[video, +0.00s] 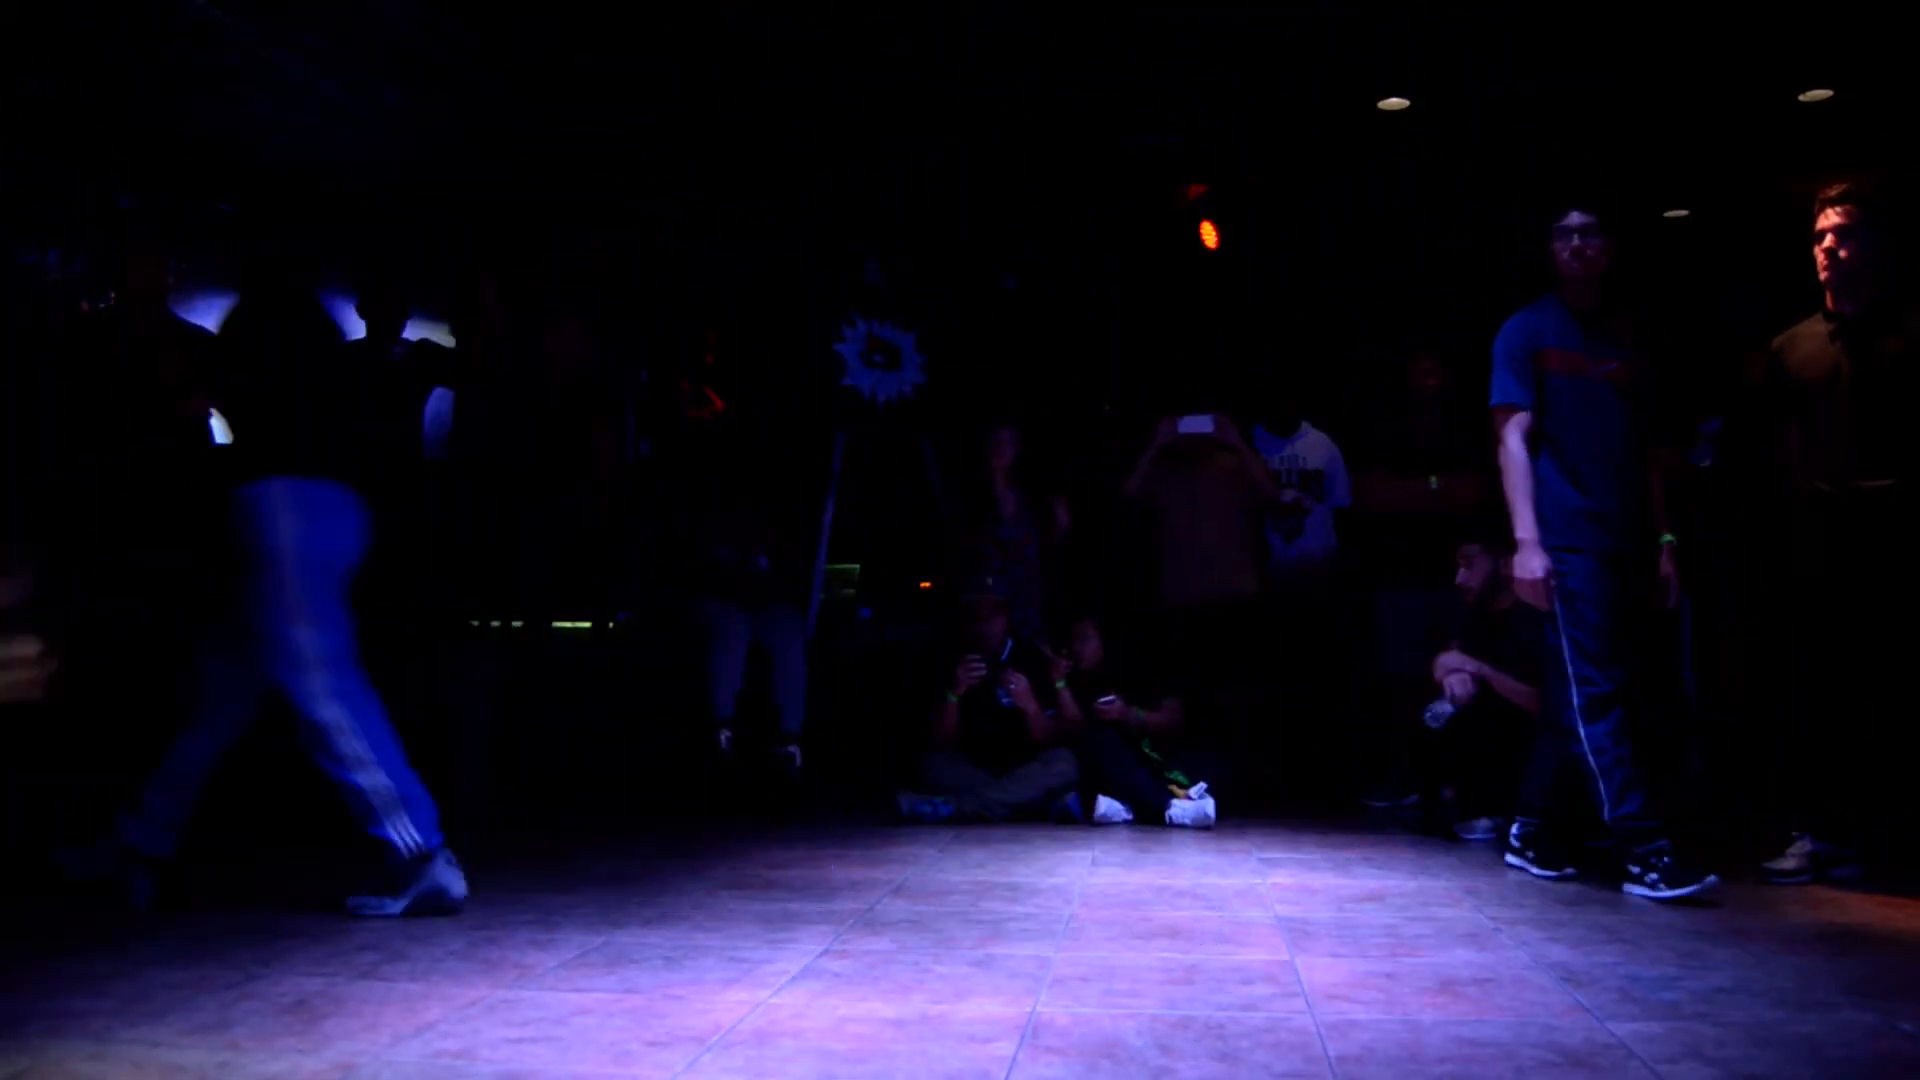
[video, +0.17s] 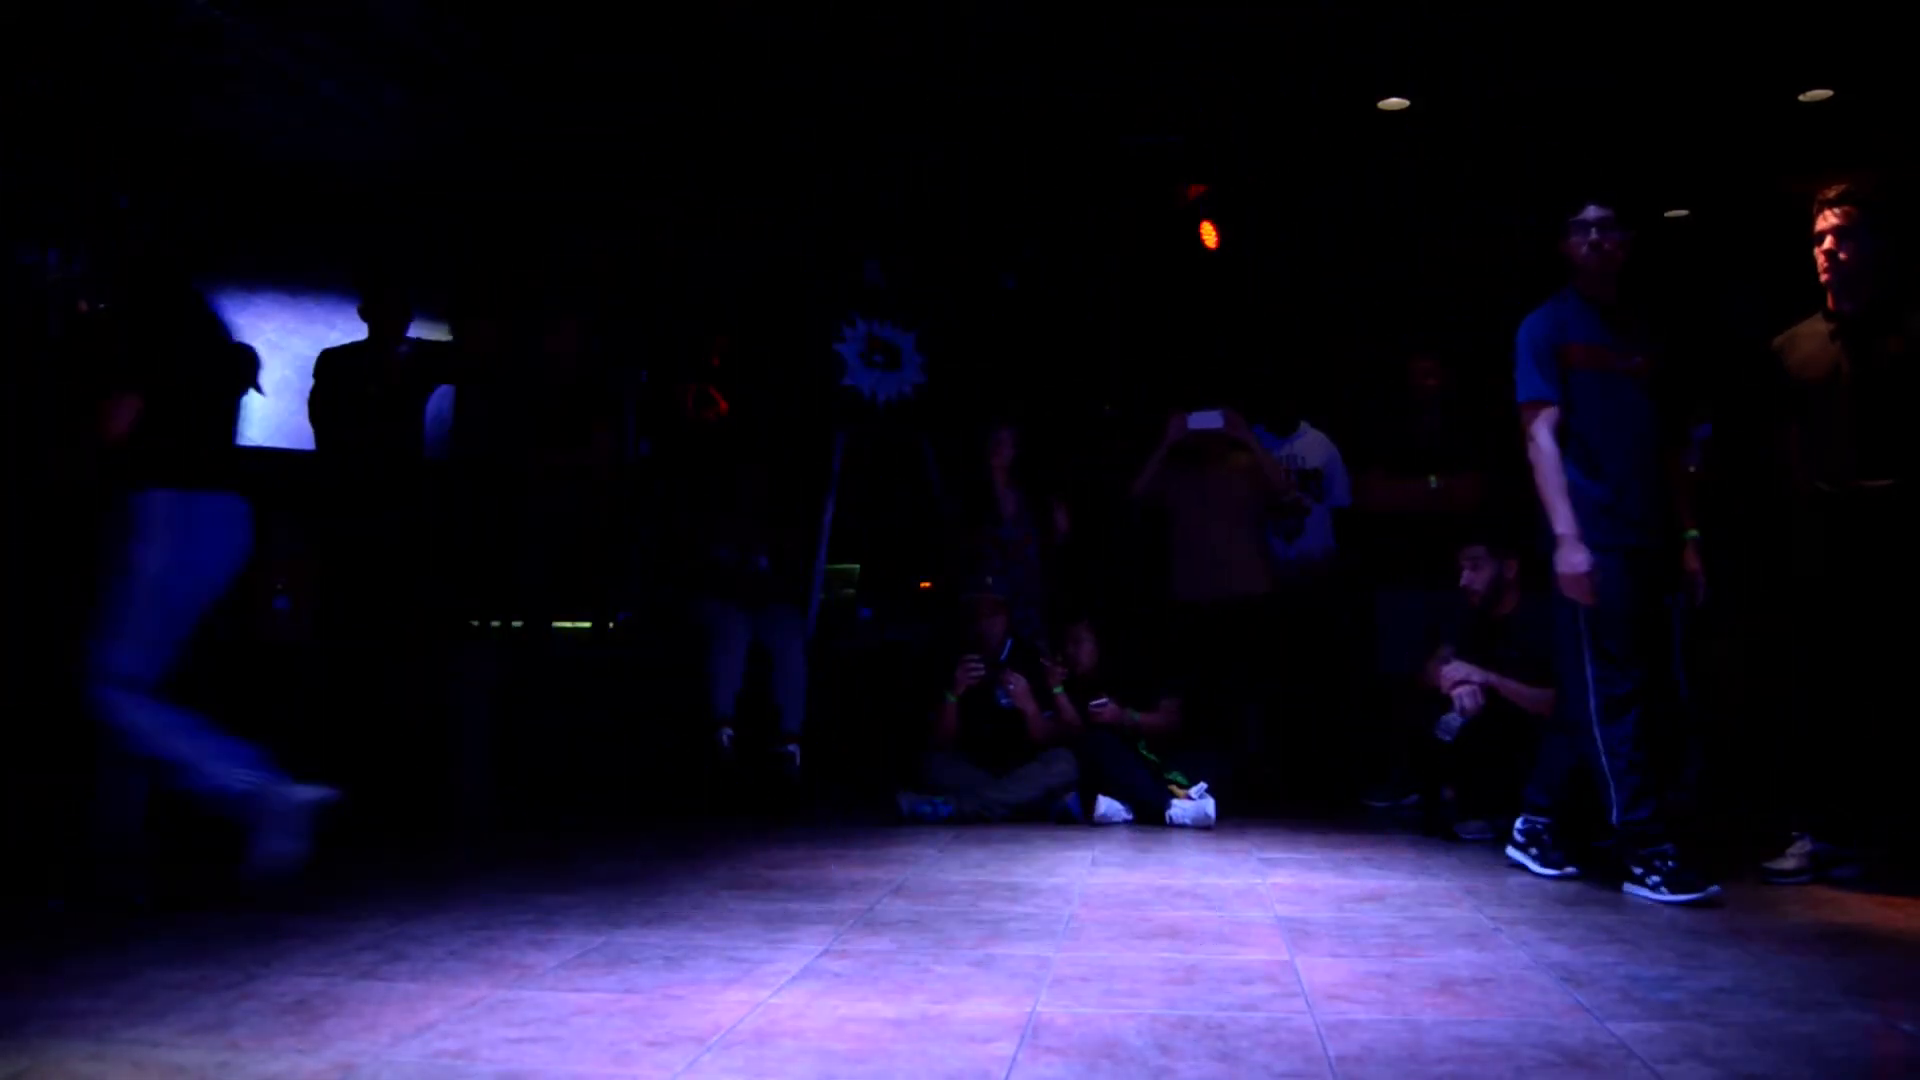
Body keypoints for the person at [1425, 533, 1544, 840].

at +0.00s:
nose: (1460, 578)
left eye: (1469, 566)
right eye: (1459, 567)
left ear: (1501, 567)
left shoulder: (1528, 621)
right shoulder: (1466, 614)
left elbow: (1539, 701)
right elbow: (1442, 658)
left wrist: (1477, 667)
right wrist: (1450, 673)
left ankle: (1490, 811)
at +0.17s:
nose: (1464, 580)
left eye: (1476, 568)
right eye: (1463, 569)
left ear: (1509, 570)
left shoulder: (1539, 622)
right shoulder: (1468, 617)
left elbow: (1551, 703)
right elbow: (1437, 662)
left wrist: (1486, 677)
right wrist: (1455, 682)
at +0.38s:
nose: (1471, 585)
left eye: (1482, 572)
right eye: (1467, 574)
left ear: (1513, 573)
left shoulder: (1547, 625)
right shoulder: (1468, 623)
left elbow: (1585, 697)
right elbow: (1422, 685)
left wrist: (1509, 694)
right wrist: (1471, 696)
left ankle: (1499, 811)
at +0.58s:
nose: (1478, 601)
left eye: (1489, 589)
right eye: (1473, 590)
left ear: (1518, 589)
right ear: (1467, 591)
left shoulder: (1549, 635)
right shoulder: (1467, 633)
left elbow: (1598, 695)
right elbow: (1422, 694)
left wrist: (1538, 699)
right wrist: (1492, 698)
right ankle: (1482, 813)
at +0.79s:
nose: (1485, 602)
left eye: (1497, 590)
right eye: (1480, 592)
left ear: (1527, 592)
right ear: (1474, 594)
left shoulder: (1558, 634)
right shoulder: (1473, 634)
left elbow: (1609, 693)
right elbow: (1423, 695)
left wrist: (1539, 685)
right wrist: (1492, 693)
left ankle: (1586, 814)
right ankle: (1484, 813)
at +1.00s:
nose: (1489, 598)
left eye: (1501, 587)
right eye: (1485, 588)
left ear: (1531, 590)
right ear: (1479, 591)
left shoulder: (1564, 633)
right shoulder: (1477, 633)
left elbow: (1624, 693)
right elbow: (1420, 690)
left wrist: (1544, 684)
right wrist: (1476, 684)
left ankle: (1590, 816)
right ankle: (1492, 815)